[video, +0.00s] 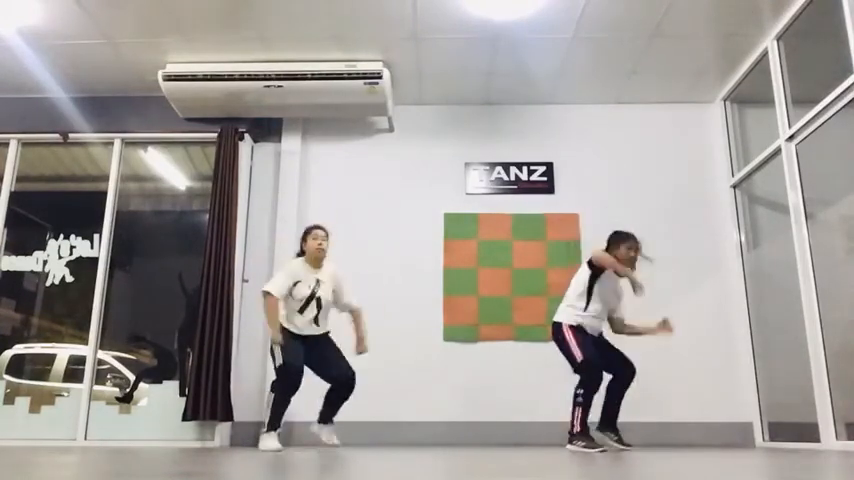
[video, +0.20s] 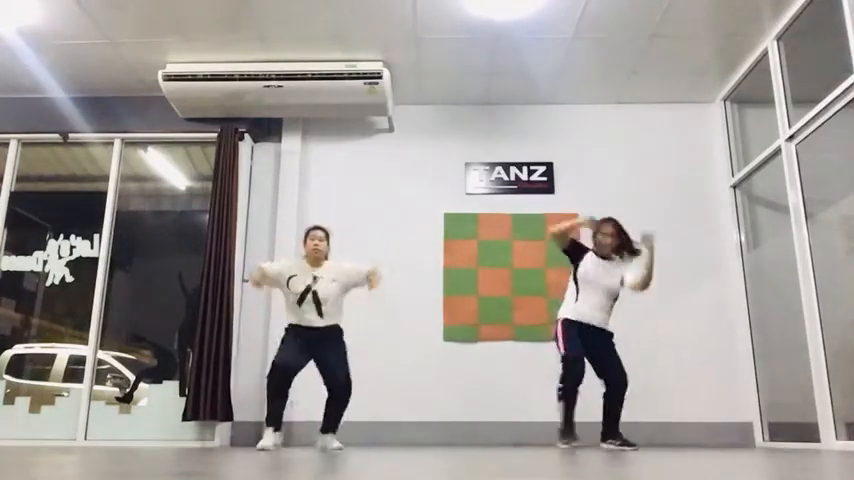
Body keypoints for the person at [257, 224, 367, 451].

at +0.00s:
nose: (321, 243)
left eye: (324, 240)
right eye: (315, 239)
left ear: (328, 246)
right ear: (304, 244)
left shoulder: (331, 274)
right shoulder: (294, 268)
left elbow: (352, 308)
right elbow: (271, 294)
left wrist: (360, 338)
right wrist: (274, 329)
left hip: (318, 339)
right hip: (290, 336)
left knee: (345, 378)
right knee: (290, 376)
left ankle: (324, 424)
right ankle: (270, 432)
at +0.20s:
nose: (317, 243)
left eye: (321, 240)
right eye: (312, 239)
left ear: (328, 246)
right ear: (304, 245)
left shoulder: (339, 272)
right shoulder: (289, 270)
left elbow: (367, 273)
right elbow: (263, 273)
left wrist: (372, 278)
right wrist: (259, 278)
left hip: (329, 338)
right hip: (297, 337)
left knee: (341, 385)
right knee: (278, 375)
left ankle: (327, 435)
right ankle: (272, 431)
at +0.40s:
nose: (314, 237)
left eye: (319, 234)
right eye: (310, 233)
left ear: (326, 240)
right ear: (304, 239)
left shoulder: (338, 266)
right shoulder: (290, 266)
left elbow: (369, 267)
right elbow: (261, 266)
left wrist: (369, 237)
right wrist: (262, 239)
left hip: (330, 330)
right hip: (299, 330)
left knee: (354, 377)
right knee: (277, 378)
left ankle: (352, 428)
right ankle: (277, 435)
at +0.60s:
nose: (322, 237)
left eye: (327, 234)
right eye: (318, 234)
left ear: (333, 241)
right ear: (311, 240)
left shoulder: (346, 265)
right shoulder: (299, 265)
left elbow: (375, 273)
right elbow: (270, 270)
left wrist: (385, 251)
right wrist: (268, 248)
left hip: (337, 326)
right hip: (307, 326)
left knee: (350, 379)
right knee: (286, 378)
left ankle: (352, 434)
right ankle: (278, 434)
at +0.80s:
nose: (332, 239)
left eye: (336, 236)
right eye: (328, 236)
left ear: (345, 243)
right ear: (322, 242)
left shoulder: (353, 272)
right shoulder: (311, 264)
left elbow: (379, 297)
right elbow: (286, 285)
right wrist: (286, 319)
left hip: (343, 330)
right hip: (313, 328)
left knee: (355, 380)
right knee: (291, 378)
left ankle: (353, 433)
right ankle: (278, 433)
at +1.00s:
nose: (330, 252)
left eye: (335, 247)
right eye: (326, 249)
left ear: (346, 251)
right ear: (323, 253)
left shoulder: (356, 277)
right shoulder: (315, 275)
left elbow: (369, 310)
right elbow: (290, 297)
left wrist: (357, 343)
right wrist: (290, 329)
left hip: (337, 340)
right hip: (307, 336)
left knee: (352, 387)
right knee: (275, 373)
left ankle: (352, 435)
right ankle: (284, 429)